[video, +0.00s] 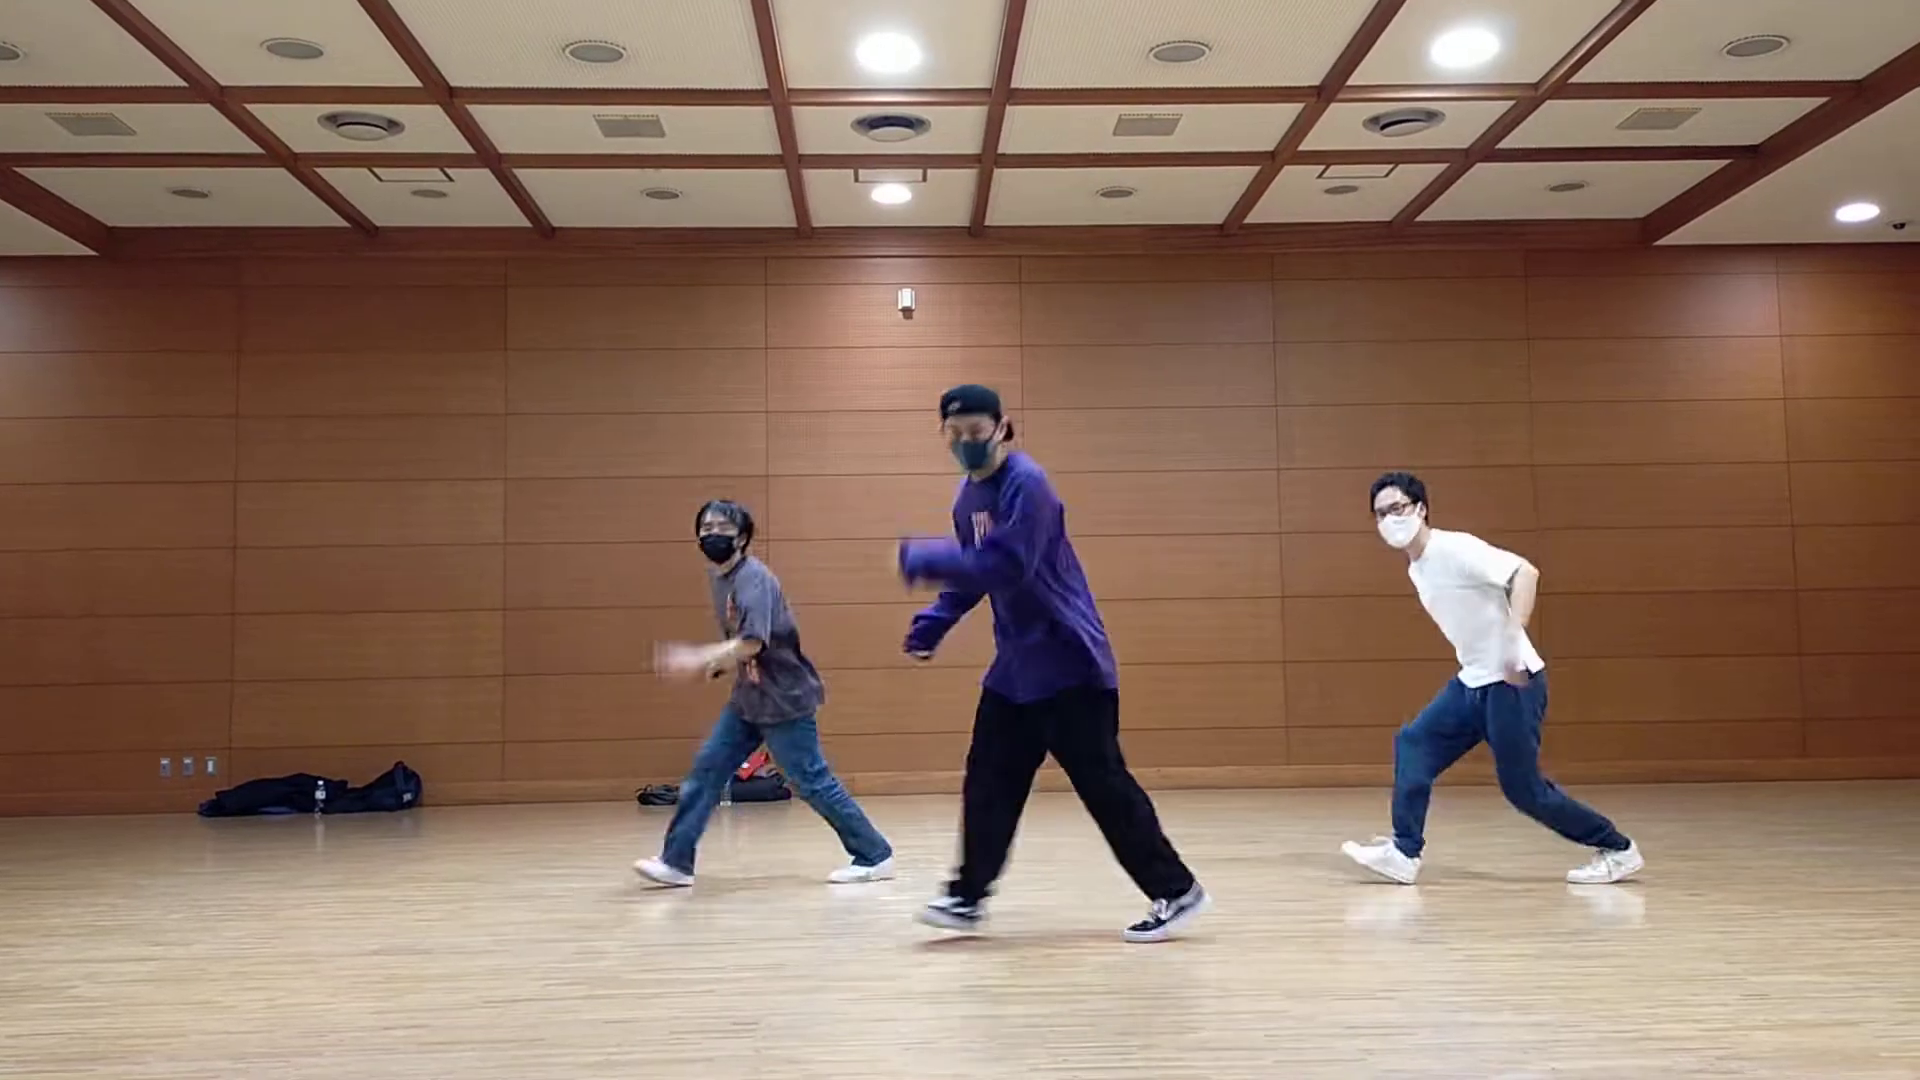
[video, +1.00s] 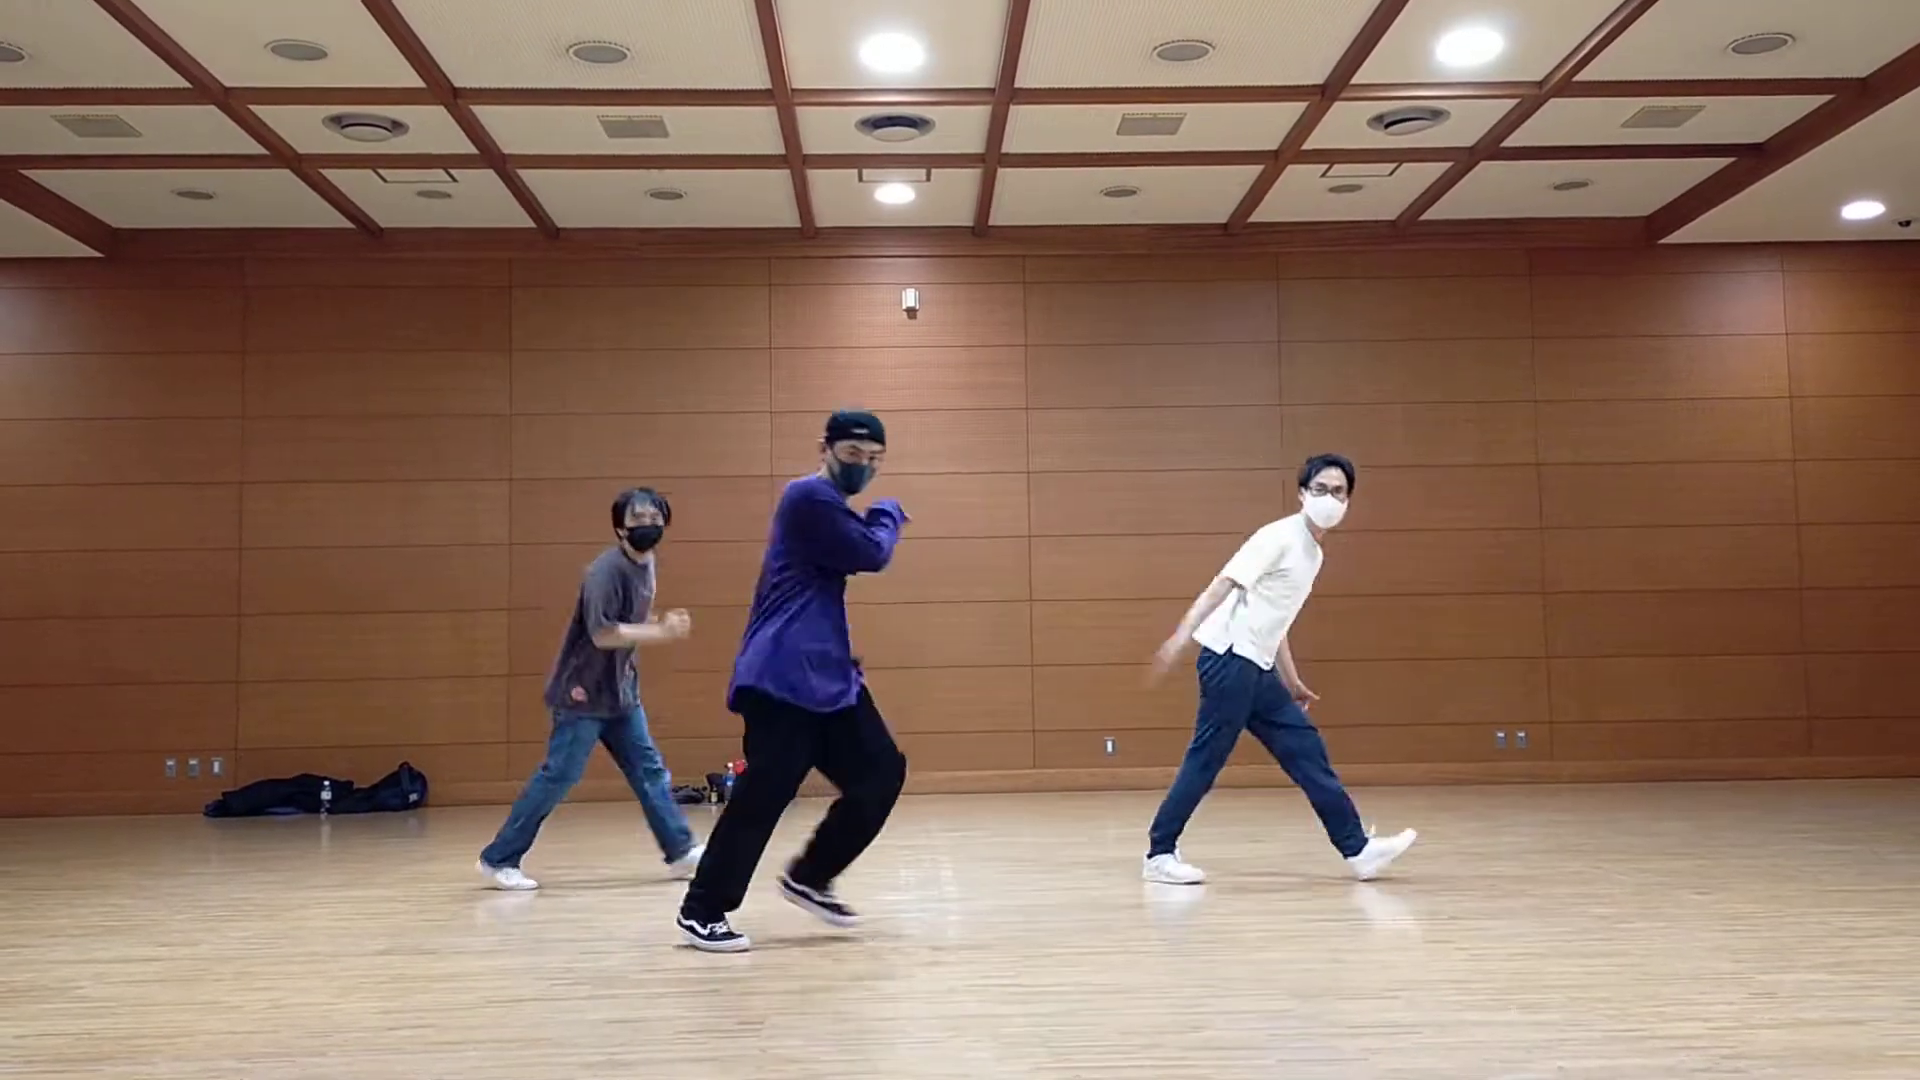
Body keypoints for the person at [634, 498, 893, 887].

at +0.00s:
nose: (713, 533)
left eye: (723, 526)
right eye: (707, 527)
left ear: (742, 534)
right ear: (698, 536)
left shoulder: (754, 578)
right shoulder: (721, 579)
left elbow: (754, 642)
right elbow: (738, 634)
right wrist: (724, 660)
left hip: (784, 695)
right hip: (750, 693)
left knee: (812, 781)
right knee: (708, 770)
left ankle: (875, 855)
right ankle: (676, 863)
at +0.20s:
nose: (681, 524)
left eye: (690, 517)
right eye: (674, 517)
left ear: (708, 523)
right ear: (665, 524)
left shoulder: (728, 568)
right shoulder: (659, 561)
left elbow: (735, 628)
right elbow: (645, 606)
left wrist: (686, 632)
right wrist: (620, 629)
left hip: (735, 696)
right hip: (687, 694)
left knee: (758, 770)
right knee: (660, 763)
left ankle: (827, 835)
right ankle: (673, 866)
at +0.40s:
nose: (655, 501)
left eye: (664, 495)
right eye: (648, 495)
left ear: (680, 503)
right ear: (638, 502)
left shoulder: (700, 546)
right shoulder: (619, 543)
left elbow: (716, 599)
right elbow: (595, 588)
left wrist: (686, 575)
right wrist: (592, 605)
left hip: (682, 682)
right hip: (630, 681)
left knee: (670, 774)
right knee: (640, 769)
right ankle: (665, 861)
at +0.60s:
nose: (632, 523)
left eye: (640, 517)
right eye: (624, 517)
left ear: (653, 525)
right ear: (611, 524)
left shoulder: (666, 574)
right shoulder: (588, 567)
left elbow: (677, 626)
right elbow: (564, 625)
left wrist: (667, 662)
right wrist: (582, 672)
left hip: (637, 700)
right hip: (595, 695)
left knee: (619, 784)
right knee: (602, 764)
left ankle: (583, 852)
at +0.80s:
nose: (620, 505)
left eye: (627, 499)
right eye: (611, 499)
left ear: (638, 509)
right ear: (597, 509)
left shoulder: (643, 558)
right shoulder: (582, 551)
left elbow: (643, 619)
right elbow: (573, 612)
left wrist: (649, 670)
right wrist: (632, 625)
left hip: (626, 690)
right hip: (580, 689)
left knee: (621, 781)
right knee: (558, 776)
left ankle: (582, 848)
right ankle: (517, 859)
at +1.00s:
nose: (645, 521)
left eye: (652, 514)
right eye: (636, 515)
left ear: (664, 523)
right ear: (620, 525)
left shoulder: (647, 567)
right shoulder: (604, 571)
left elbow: (627, 621)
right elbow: (601, 634)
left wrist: (661, 626)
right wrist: (663, 631)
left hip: (620, 692)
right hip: (582, 694)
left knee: (649, 773)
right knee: (557, 777)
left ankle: (681, 852)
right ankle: (498, 859)